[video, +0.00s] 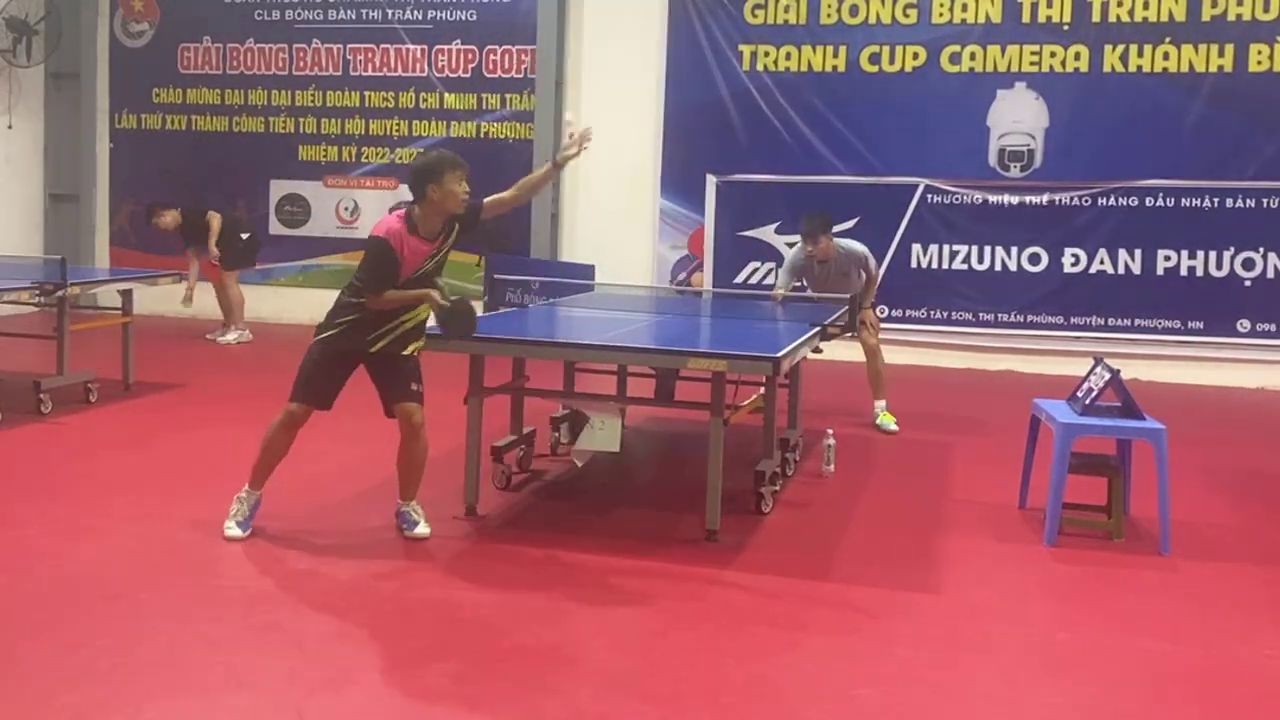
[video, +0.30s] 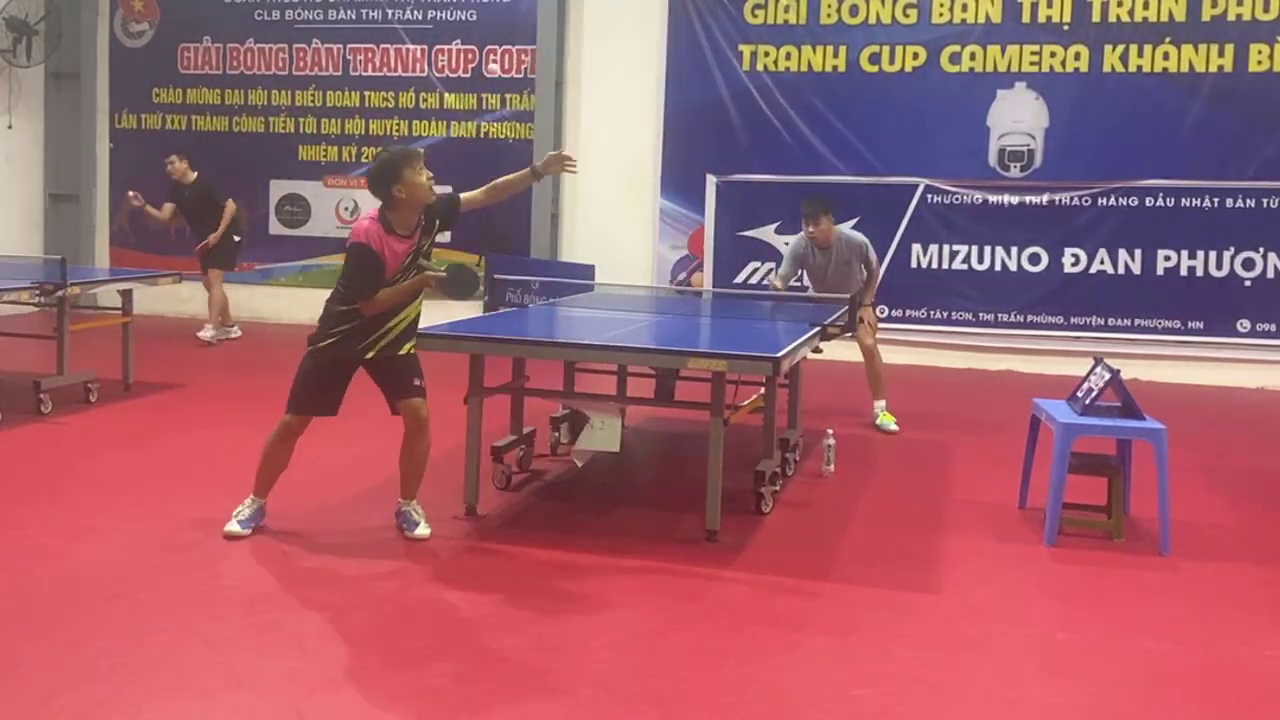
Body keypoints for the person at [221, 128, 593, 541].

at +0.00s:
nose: (468, 191)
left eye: (466, 183)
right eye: (459, 183)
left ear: (444, 191)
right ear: (431, 192)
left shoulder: (454, 219)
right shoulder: (390, 233)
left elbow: (511, 198)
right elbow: (373, 298)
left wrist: (558, 161)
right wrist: (425, 294)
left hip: (400, 334)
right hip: (347, 330)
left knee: (414, 420)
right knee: (295, 414)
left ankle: (408, 506)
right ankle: (249, 495)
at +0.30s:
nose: (431, 176)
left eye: (426, 170)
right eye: (421, 171)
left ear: (408, 186)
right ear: (398, 188)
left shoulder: (430, 214)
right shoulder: (367, 237)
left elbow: (487, 194)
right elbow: (369, 305)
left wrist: (538, 170)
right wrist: (418, 283)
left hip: (393, 340)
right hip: (339, 340)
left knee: (418, 416)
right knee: (293, 423)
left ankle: (408, 505)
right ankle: (255, 502)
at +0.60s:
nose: (426, 229)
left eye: (423, 222)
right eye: (419, 225)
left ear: (411, 228)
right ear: (395, 234)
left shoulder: (417, 241)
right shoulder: (359, 255)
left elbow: (446, 222)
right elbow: (318, 300)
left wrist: (479, 205)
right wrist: (364, 272)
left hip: (384, 350)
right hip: (332, 357)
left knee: (438, 416)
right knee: (288, 442)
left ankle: (393, 482)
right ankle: (256, 506)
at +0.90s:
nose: (503, 237)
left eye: (505, 229)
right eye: (503, 229)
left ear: (472, 221)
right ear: (489, 228)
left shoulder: (449, 243)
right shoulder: (436, 254)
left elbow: (405, 252)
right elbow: (394, 271)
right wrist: (425, 326)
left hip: (397, 349)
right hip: (362, 350)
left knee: (448, 427)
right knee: (381, 446)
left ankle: (402, 501)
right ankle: (293, 482)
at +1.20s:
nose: (514, 203)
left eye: (515, 196)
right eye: (515, 196)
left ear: (471, 191)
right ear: (506, 197)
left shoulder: (435, 220)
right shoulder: (482, 243)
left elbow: (380, 249)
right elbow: (474, 305)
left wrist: (375, 259)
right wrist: (501, 334)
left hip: (386, 347)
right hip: (419, 352)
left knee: (421, 430)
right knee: (476, 448)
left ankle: (373, 519)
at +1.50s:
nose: (509, 199)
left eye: (507, 192)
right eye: (509, 193)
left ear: (463, 193)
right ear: (502, 197)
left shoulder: (426, 225)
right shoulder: (506, 249)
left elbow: (370, 259)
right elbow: (545, 319)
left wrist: (415, 265)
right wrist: (524, 300)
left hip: (393, 360)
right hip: (453, 368)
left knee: (365, 438)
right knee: (513, 453)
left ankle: (305, 524)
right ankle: (510, 571)